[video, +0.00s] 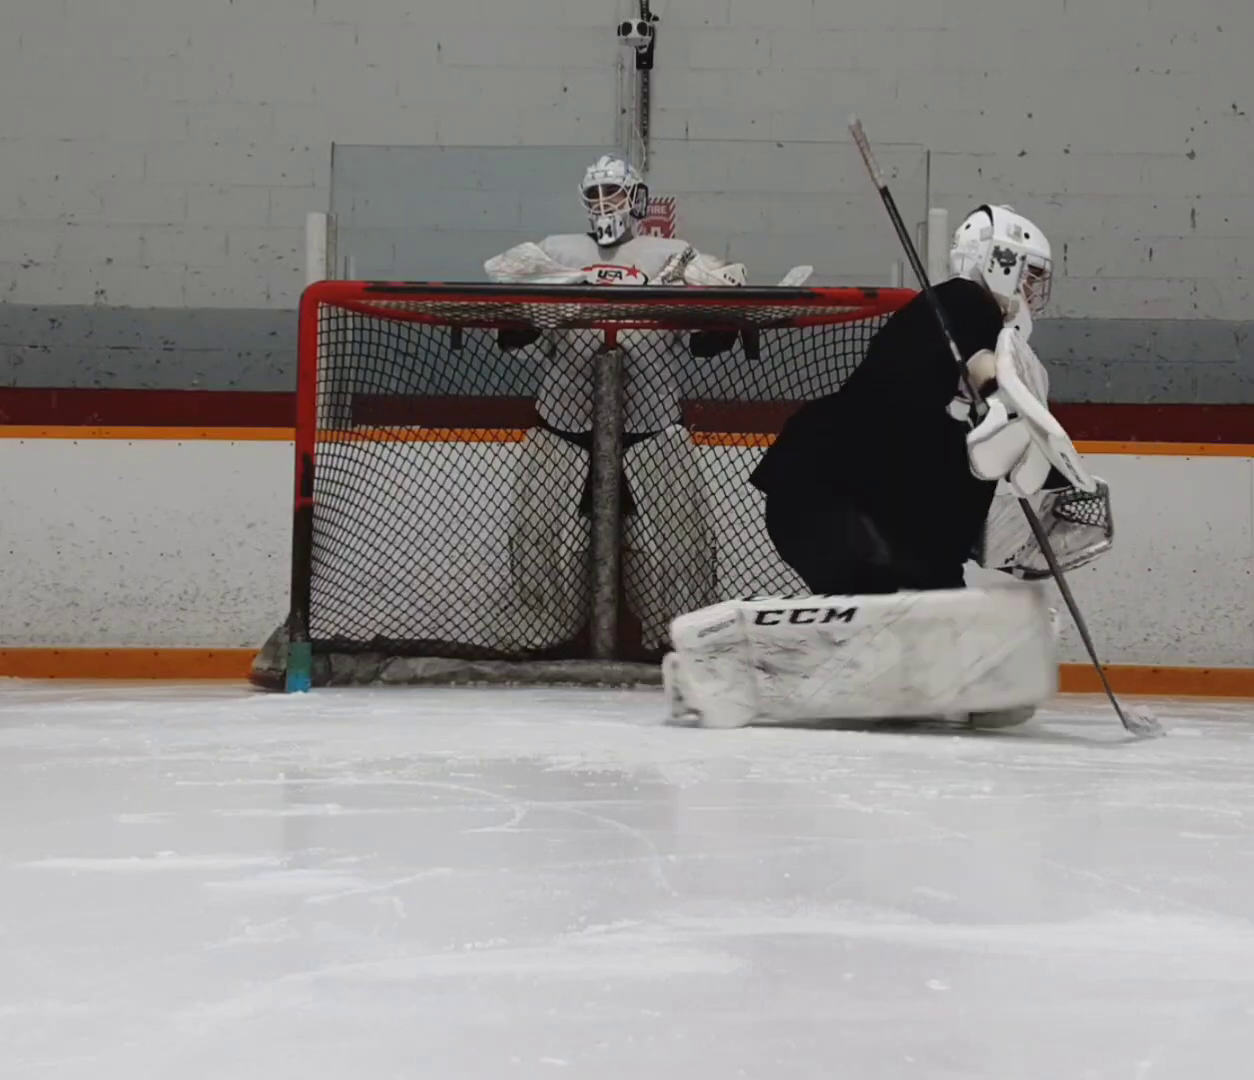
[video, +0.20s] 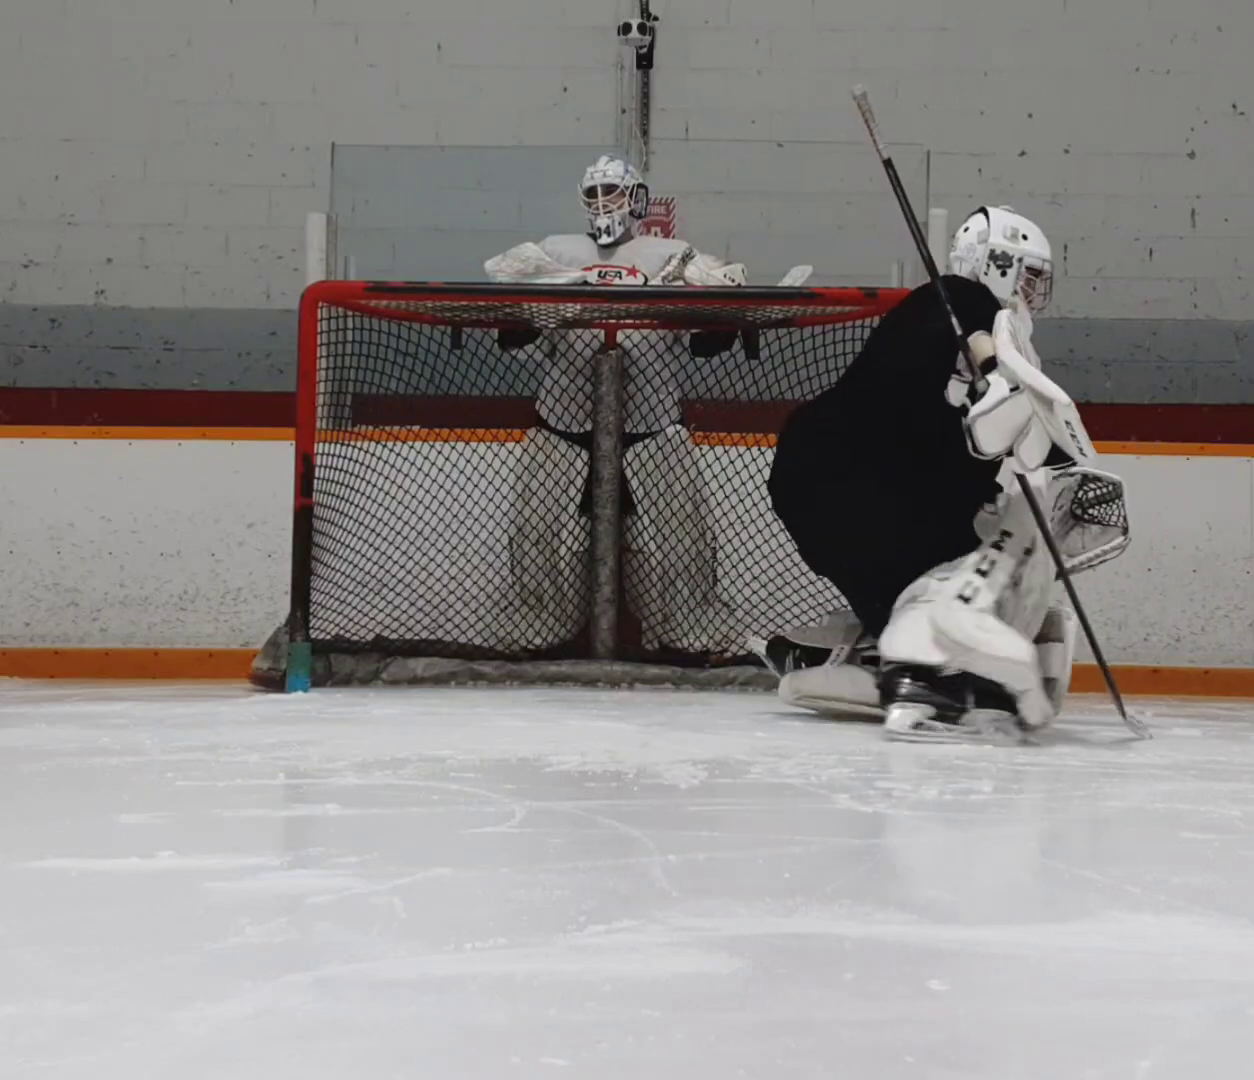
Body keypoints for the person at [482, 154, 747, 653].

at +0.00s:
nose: (605, 204)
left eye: (615, 193)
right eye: (596, 195)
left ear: (636, 197)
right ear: (585, 202)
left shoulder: (670, 258)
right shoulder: (555, 254)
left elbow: (708, 343)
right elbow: (510, 337)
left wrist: (716, 292)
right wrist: (531, 291)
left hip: (649, 436)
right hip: (563, 435)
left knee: (668, 546)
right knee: (544, 543)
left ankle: (667, 647)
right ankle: (551, 648)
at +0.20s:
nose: (604, 204)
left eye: (614, 194)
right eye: (595, 196)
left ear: (637, 198)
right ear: (584, 203)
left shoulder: (671, 259)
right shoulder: (555, 256)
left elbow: (709, 342)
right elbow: (510, 336)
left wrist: (719, 294)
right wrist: (532, 293)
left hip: (650, 435)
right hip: (563, 433)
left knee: (674, 535)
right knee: (541, 532)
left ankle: (675, 637)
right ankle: (545, 635)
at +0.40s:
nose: (602, 204)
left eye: (612, 193)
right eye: (593, 195)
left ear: (636, 197)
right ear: (583, 202)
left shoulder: (670, 258)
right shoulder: (555, 256)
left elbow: (706, 342)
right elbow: (510, 337)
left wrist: (723, 296)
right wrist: (526, 292)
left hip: (650, 434)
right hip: (564, 433)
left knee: (674, 537)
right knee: (542, 534)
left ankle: (674, 638)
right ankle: (548, 636)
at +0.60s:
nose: (601, 203)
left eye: (611, 193)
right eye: (593, 195)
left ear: (636, 197)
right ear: (583, 202)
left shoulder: (669, 258)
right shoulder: (555, 255)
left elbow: (707, 342)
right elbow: (510, 337)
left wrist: (719, 293)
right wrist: (521, 288)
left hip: (649, 434)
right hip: (563, 432)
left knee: (674, 536)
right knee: (540, 532)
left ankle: (677, 639)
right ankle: (550, 634)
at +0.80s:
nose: (600, 205)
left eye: (610, 194)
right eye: (592, 196)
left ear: (636, 198)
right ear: (582, 203)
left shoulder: (671, 259)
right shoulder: (556, 256)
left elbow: (707, 344)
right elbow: (510, 337)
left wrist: (718, 292)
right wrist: (535, 292)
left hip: (650, 437)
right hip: (562, 436)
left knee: (678, 538)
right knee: (540, 539)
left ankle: (669, 646)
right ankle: (542, 646)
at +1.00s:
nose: (599, 205)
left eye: (610, 193)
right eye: (591, 196)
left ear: (636, 196)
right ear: (582, 202)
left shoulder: (671, 256)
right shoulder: (559, 253)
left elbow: (706, 346)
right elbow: (511, 341)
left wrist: (715, 300)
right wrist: (525, 296)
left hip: (651, 436)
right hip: (562, 434)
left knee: (671, 550)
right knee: (540, 551)